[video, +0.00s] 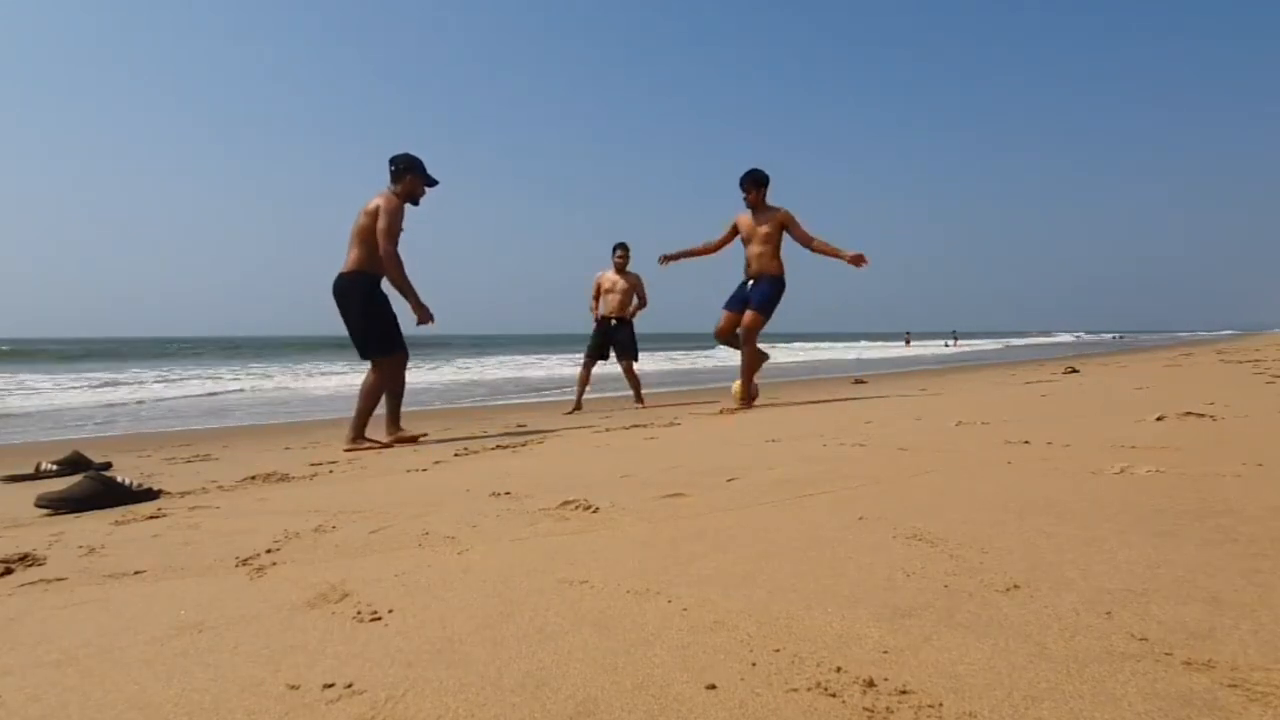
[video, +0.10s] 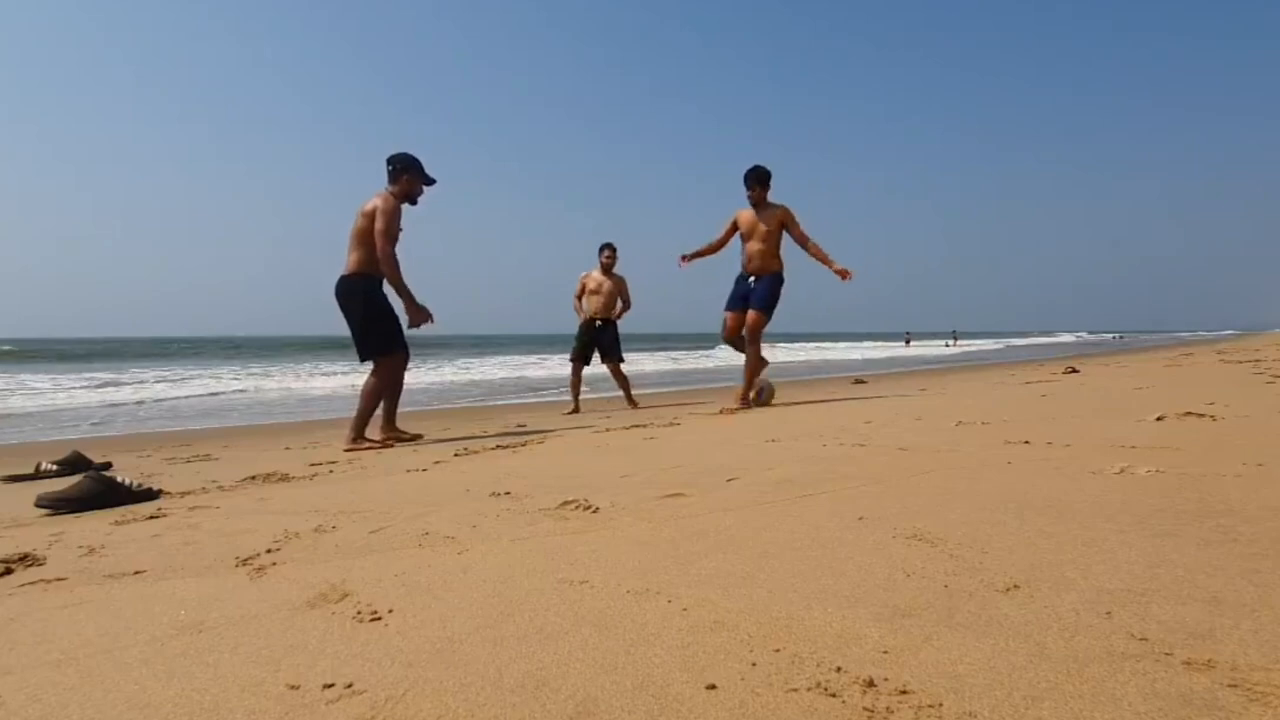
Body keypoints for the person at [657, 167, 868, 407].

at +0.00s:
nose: (745, 197)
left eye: (749, 192)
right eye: (744, 192)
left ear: (762, 191)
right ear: (745, 193)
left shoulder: (780, 217)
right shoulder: (741, 221)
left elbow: (810, 242)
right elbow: (713, 246)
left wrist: (844, 256)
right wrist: (677, 255)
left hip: (771, 281)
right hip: (749, 281)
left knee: (747, 333)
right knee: (722, 334)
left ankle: (747, 391)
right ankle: (756, 356)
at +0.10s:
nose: (749, 194)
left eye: (754, 190)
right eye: (747, 190)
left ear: (766, 189)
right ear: (746, 189)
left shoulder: (781, 214)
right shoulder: (741, 216)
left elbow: (805, 243)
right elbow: (718, 244)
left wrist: (833, 266)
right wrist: (693, 255)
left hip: (768, 278)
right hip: (744, 278)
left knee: (752, 332)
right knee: (729, 335)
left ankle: (745, 395)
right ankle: (758, 361)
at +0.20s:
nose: (757, 199)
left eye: (761, 194)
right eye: (753, 194)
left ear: (770, 192)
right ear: (748, 192)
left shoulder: (782, 216)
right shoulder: (741, 218)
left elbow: (797, 245)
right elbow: (721, 248)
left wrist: (807, 275)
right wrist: (697, 267)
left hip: (770, 279)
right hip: (744, 279)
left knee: (757, 329)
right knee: (741, 336)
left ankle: (747, 395)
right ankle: (746, 389)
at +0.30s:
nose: (761, 209)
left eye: (765, 203)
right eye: (757, 204)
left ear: (772, 201)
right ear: (751, 201)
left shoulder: (783, 224)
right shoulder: (742, 226)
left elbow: (788, 255)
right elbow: (723, 256)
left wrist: (793, 282)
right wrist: (703, 285)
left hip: (774, 287)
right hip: (747, 286)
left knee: (764, 337)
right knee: (743, 342)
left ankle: (749, 394)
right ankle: (746, 392)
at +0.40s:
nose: (767, 210)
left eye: (772, 205)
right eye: (763, 205)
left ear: (778, 201)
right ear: (757, 201)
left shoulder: (785, 223)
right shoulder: (746, 226)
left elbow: (787, 254)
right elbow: (729, 260)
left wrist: (793, 283)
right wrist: (715, 291)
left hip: (777, 286)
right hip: (750, 286)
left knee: (780, 334)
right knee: (747, 343)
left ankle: (759, 379)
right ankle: (747, 396)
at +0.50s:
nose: (777, 202)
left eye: (782, 198)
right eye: (773, 197)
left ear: (788, 196)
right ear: (766, 195)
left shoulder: (791, 220)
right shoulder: (752, 222)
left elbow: (789, 249)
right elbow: (736, 255)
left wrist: (797, 280)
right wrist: (728, 286)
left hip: (782, 284)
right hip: (754, 285)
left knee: (795, 331)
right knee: (750, 341)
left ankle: (789, 370)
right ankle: (747, 394)